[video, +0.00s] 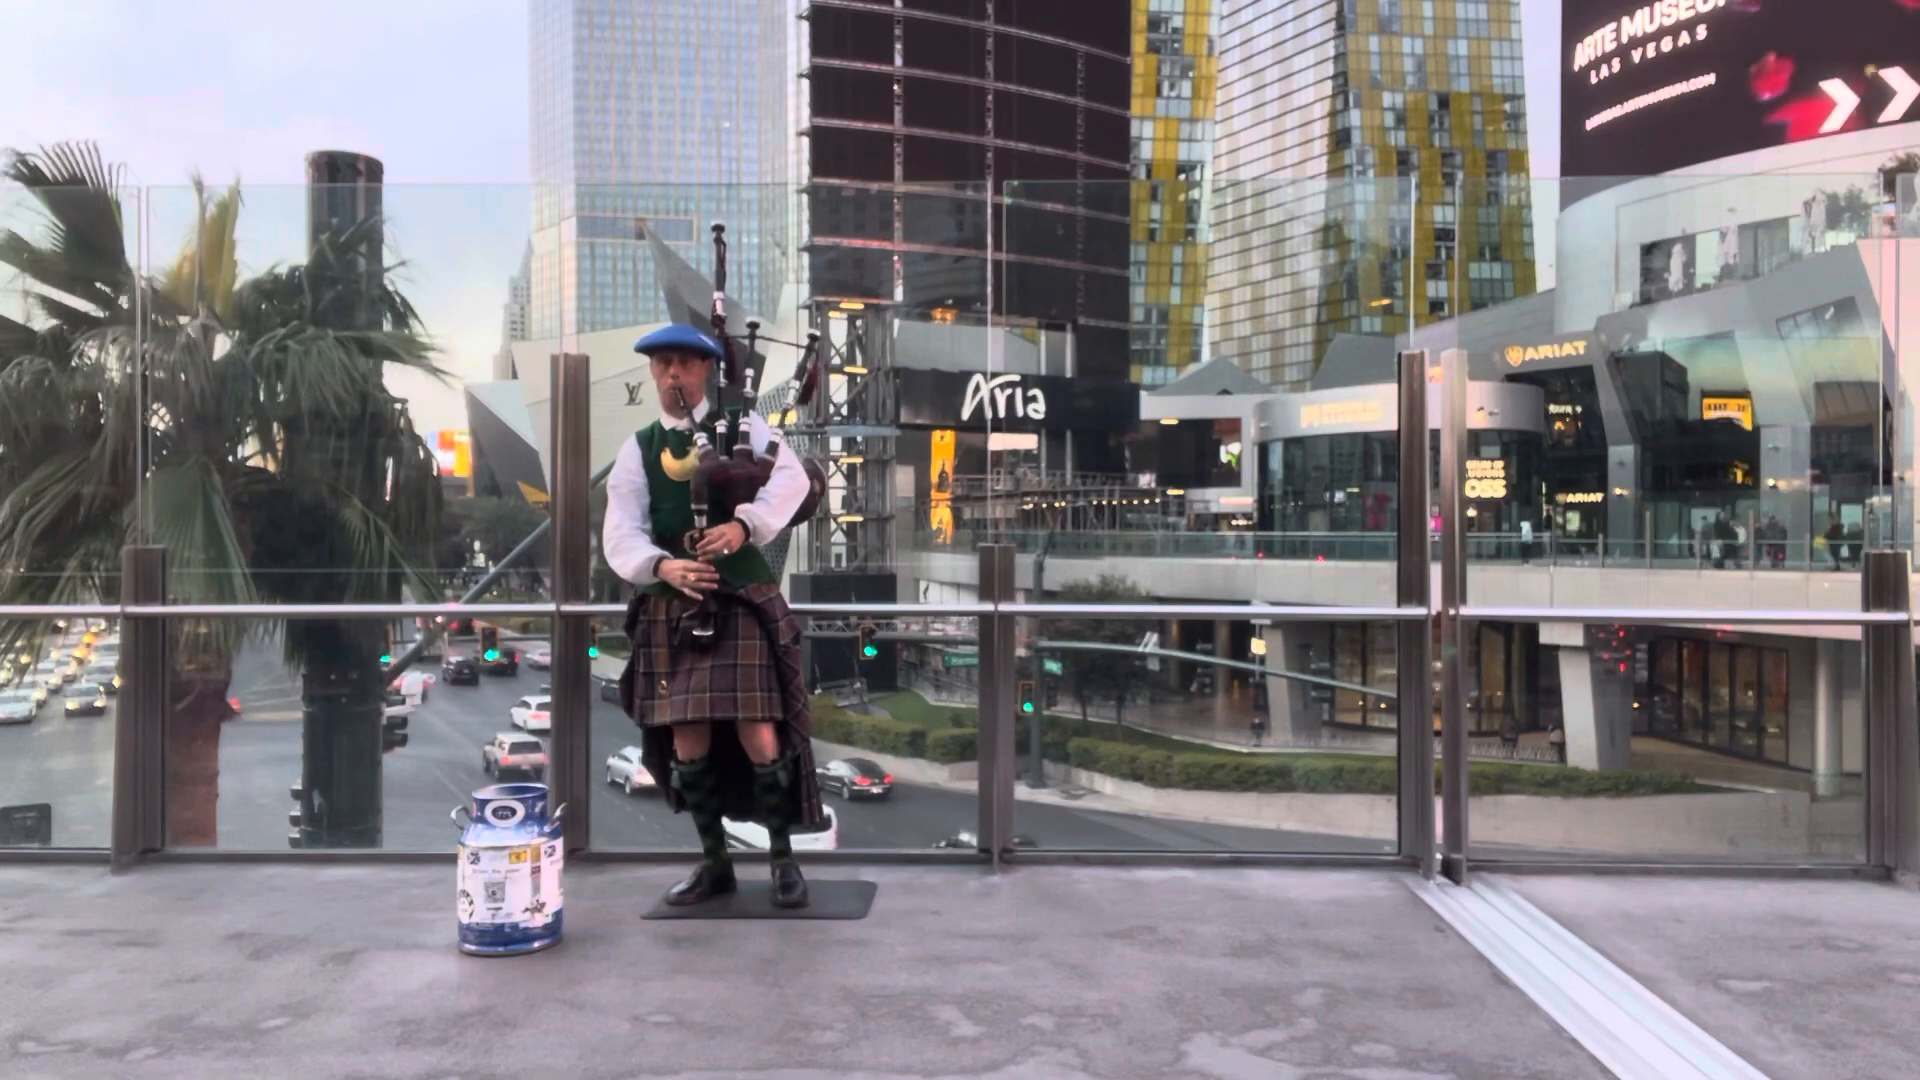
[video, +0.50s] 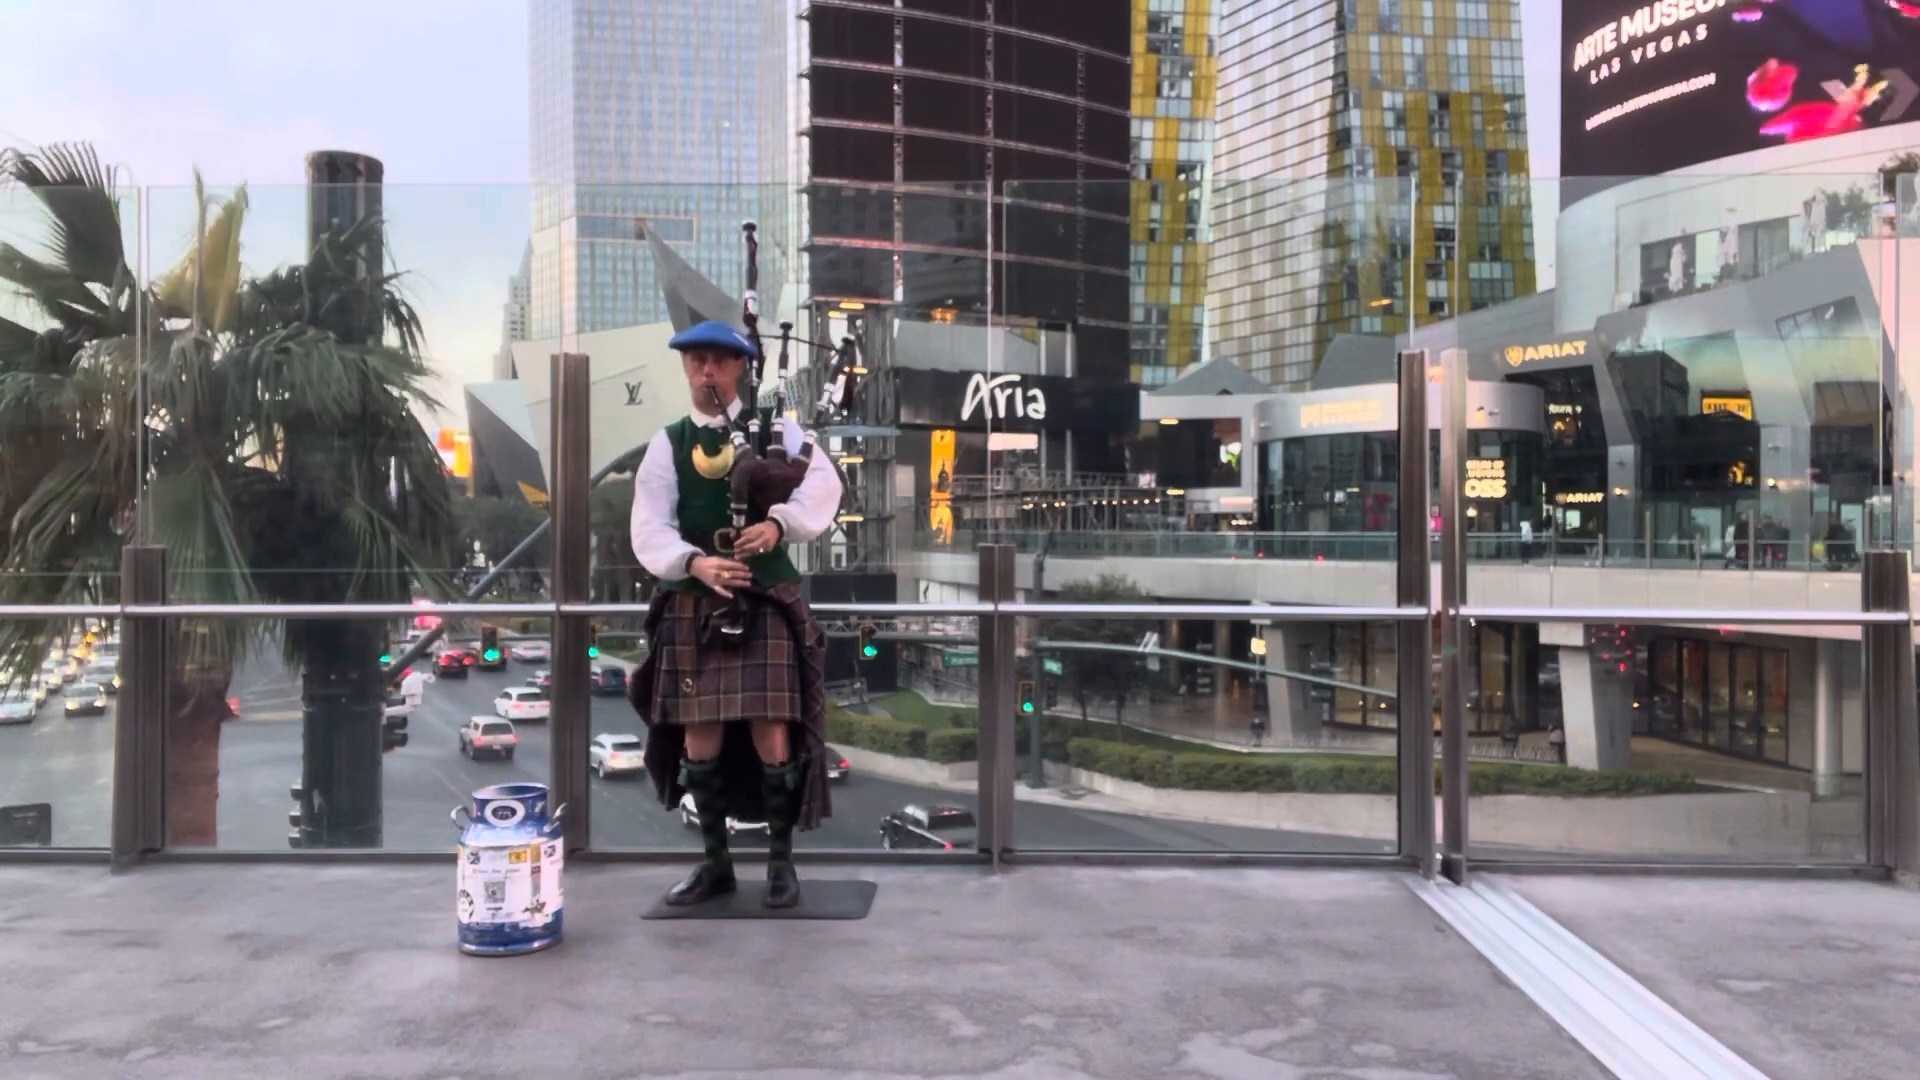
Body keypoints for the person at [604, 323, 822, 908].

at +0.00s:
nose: (673, 373)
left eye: (684, 362)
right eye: (663, 363)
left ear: (708, 368)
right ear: (651, 373)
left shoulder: (745, 428)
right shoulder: (639, 449)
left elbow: (794, 479)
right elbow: (621, 536)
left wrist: (745, 525)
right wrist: (661, 564)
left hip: (743, 594)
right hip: (672, 599)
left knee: (757, 728)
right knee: (687, 730)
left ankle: (782, 860)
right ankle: (716, 863)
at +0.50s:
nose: (707, 372)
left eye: (719, 361)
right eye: (698, 361)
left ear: (745, 370)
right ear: (686, 371)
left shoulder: (779, 432)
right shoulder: (669, 444)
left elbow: (825, 486)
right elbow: (649, 530)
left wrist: (781, 523)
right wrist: (694, 562)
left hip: (769, 594)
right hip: (695, 595)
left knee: (770, 726)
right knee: (701, 728)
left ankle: (780, 863)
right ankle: (715, 864)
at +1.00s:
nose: (742, 374)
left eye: (755, 362)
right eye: (733, 362)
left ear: (780, 370)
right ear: (721, 371)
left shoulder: (814, 430)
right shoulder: (704, 444)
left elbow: (860, 485)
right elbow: (684, 531)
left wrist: (811, 526)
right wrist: (726, 565)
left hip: (798, 597)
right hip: (725, 596)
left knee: (788, 728)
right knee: (708, 729)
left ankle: (781, 863)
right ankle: (722, 861)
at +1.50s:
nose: (748, 373)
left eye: (760, 361)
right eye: (739, 361)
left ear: (784, 369)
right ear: (727, 370)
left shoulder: (819, 428)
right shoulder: (709, 443)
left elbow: (862, 488)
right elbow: (688, 527)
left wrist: (813, 530)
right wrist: (727, 565)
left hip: (802, 597)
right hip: (730, 595)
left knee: (789, 734)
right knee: (714, 734)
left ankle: (782, 863)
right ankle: (723, 863)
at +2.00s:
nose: (742, 374)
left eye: (754, 362)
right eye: (734, 363)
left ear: (781, 368)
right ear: (724, 372)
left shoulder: (818, 427)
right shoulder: (710, 443)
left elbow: (859, 486)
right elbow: (686, 527)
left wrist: (810, 531)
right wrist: (722, 567)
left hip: (802, 594)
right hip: (730, 593)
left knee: (791, 729)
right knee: (716, 732)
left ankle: (782, 864)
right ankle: (725, 862)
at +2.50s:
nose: (745, 377)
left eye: (758, 366)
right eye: (737, 366)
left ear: (781, 373)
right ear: (725, 375)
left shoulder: (818, 429)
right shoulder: (714, 448)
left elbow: (860, 489)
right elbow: (694, 535)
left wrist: (810, 536)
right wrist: (726, 572)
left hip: (804, 599)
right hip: (734, 598)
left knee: (791, 734)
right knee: (706, 735)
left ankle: (781, 864)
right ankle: (726, 860)